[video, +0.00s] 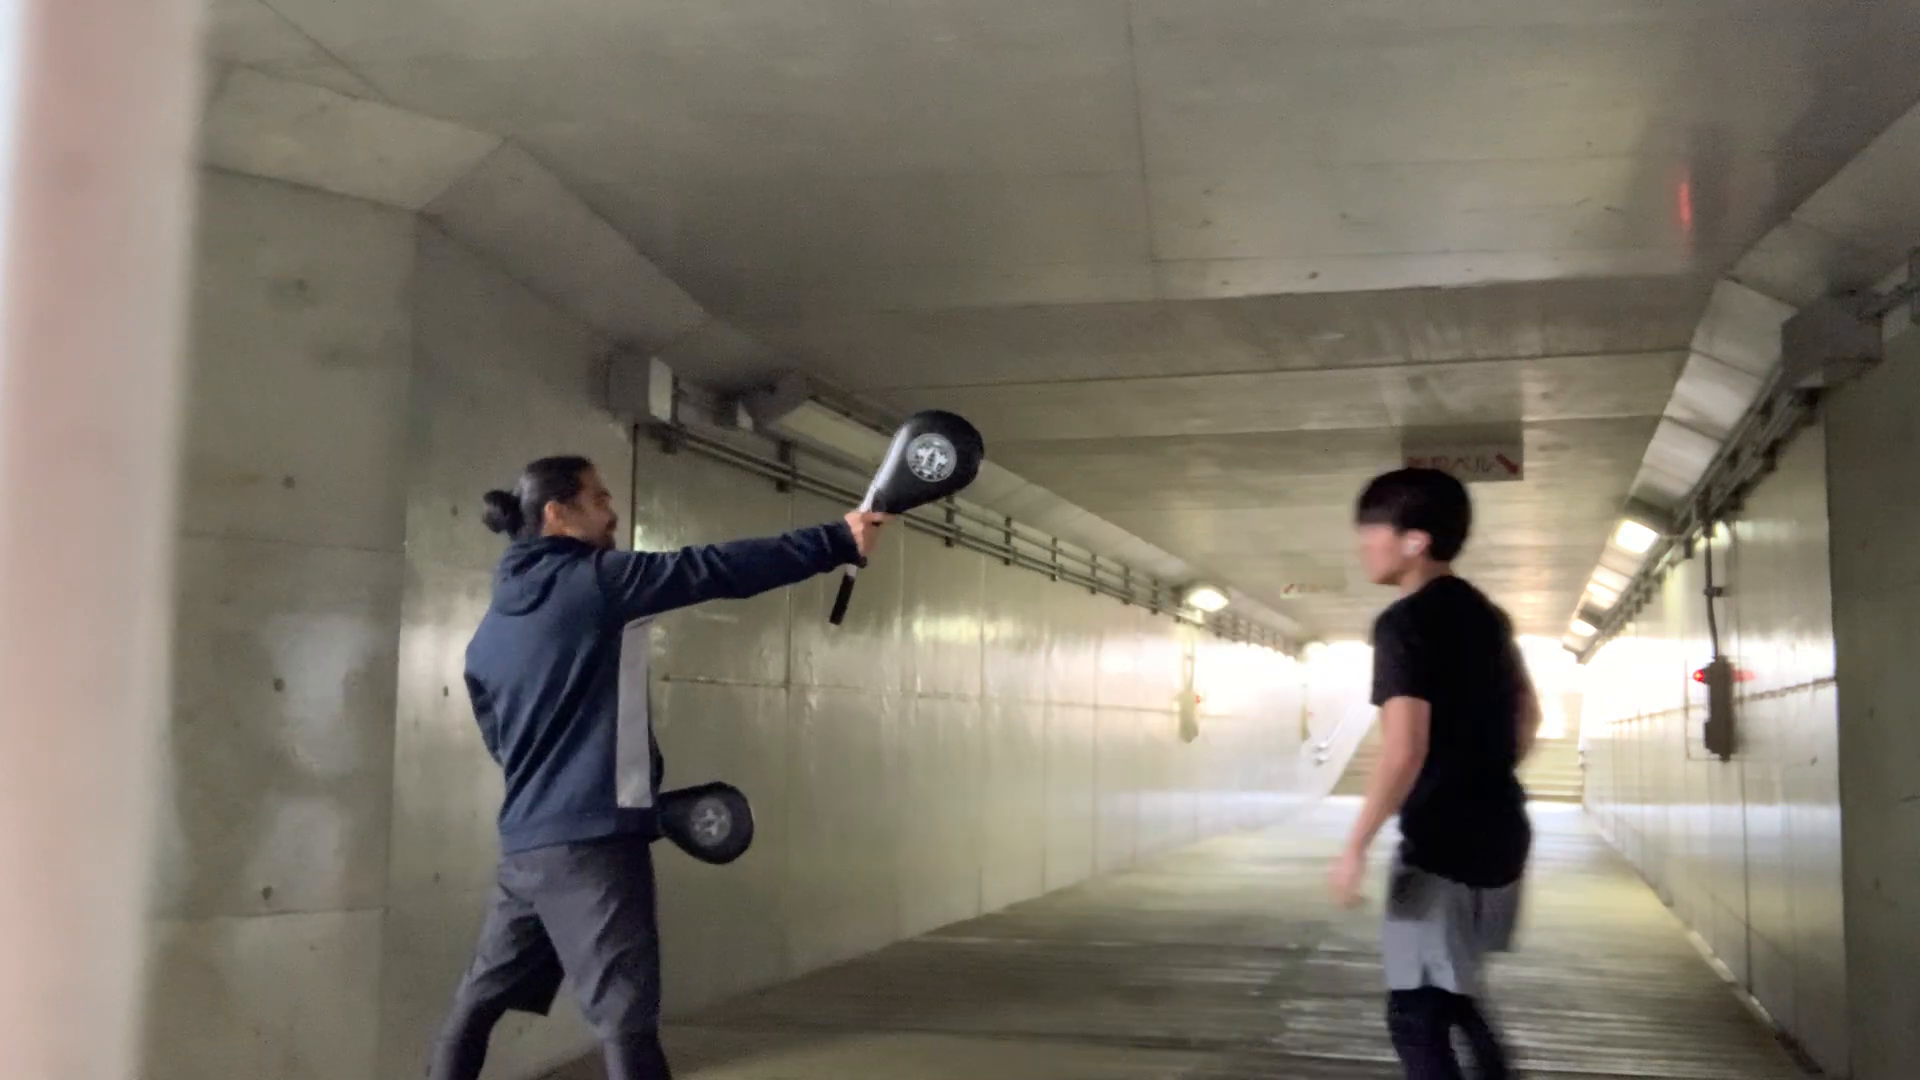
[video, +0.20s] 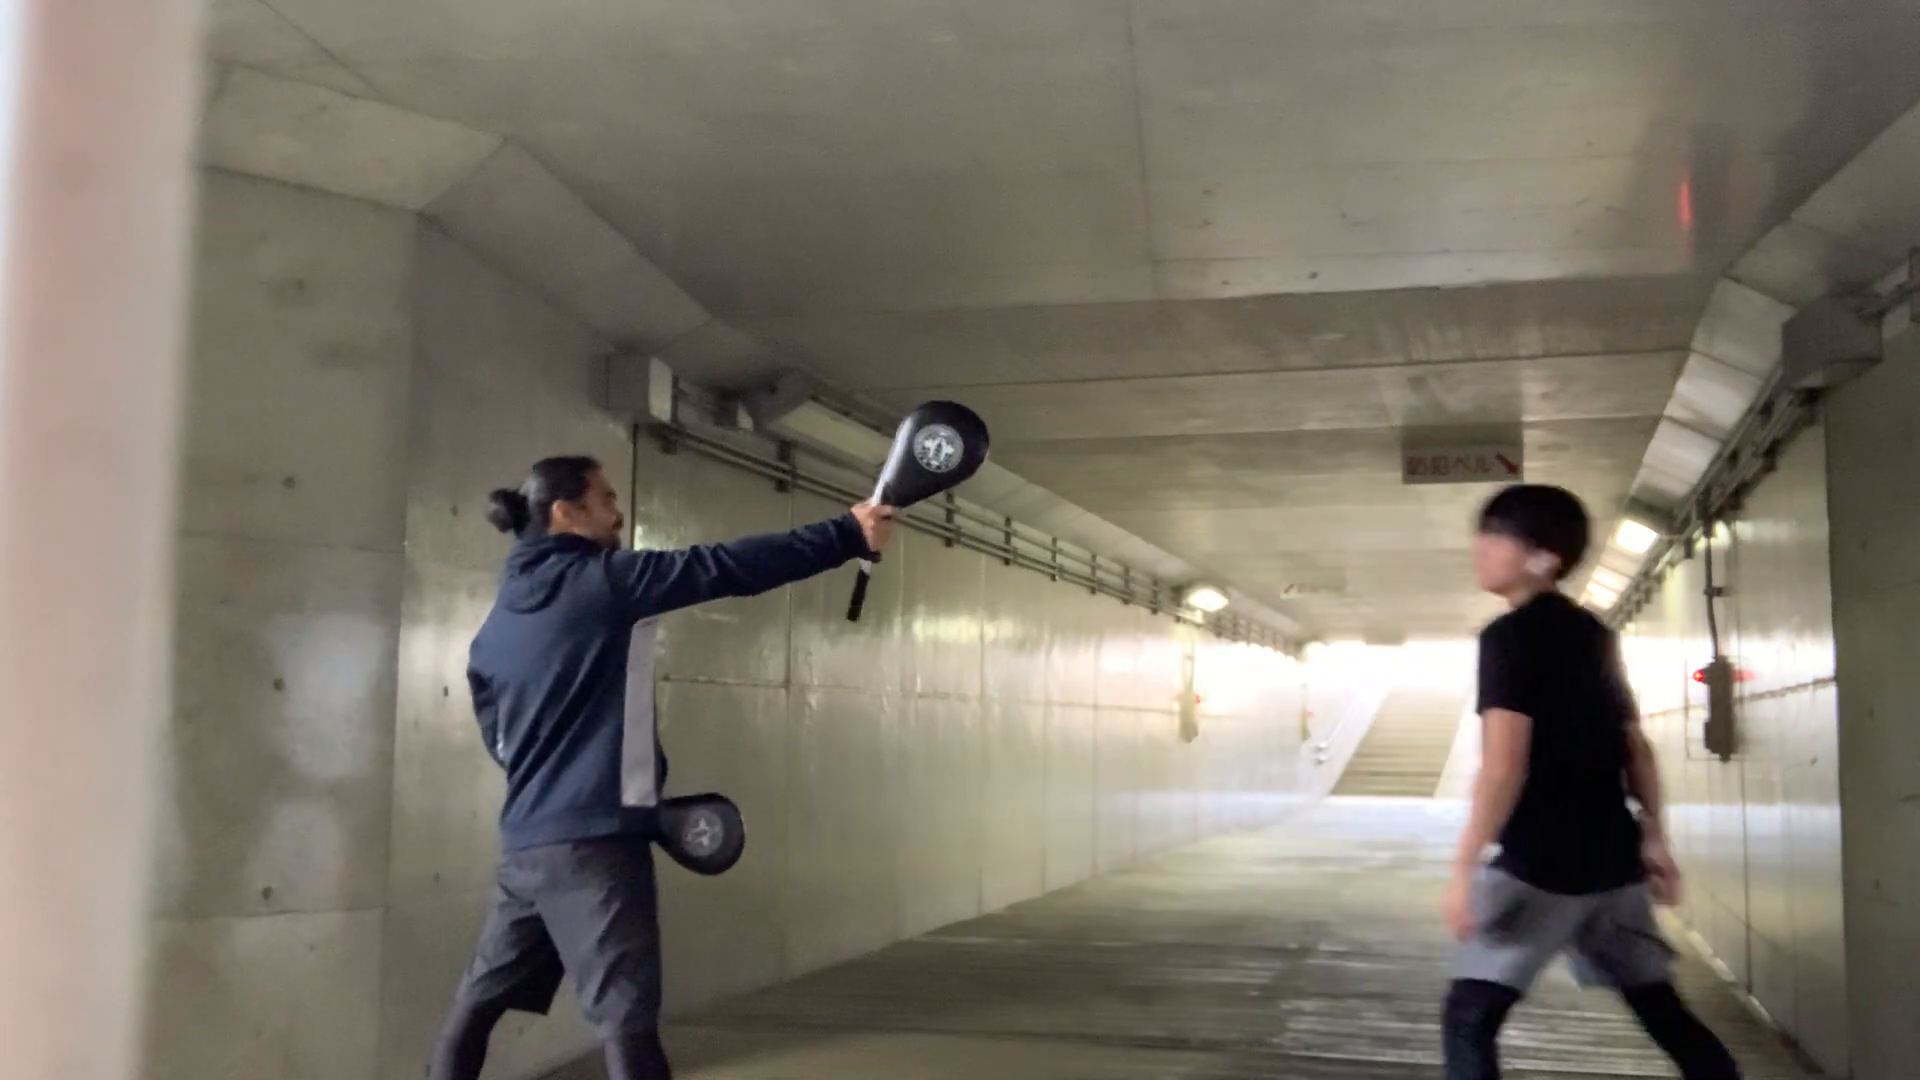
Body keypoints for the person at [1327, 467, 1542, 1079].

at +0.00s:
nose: (1361, 541)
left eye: (1372, 527)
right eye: (1363, 527)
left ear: (1415, 542)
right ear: (1421, 543)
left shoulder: (1405, 621)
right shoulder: (1485, 614)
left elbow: (1405, 749)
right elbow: (1525, 718)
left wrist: (1356, 846)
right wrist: (1480, 772)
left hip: (1441, 844)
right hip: (1500, 836)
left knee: (1415, 1017)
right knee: (1458, 996)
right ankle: (1499, 1070)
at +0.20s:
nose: (1477, 549)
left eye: (1492, 538)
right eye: (1482, 535)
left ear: (1540, 559)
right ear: (1546, 562)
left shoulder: (1509, 637)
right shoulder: (1593, 632)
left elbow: (1504, 768)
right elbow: (1634, 747)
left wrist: (1463, 868)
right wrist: (1654, 836)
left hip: (1539, 865)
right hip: (1613, 860)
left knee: (1468, 1022)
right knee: (1665, 1016)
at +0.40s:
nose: (1583, 577)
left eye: (1598, 566)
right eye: (1588, 564)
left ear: (1646, 583)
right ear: (1649, 587)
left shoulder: (1606, 650)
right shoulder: (1702, 670)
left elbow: (1613, 771)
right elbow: (1709, 788)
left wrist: (1582, 879)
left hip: (1640, 895)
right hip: (1721, 896)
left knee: (1555, 1043)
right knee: (1740, 1053)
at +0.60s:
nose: (1607, 552)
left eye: (1623, 541)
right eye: (1614, 539)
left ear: (1670, 559)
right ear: (1672, 564)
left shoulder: (1633, 623)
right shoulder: (1730, 640)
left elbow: (1632, 725)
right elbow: (1756, 758)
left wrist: (1582, 814)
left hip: (1667, 855)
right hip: (1747, 857)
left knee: (1580, 1019)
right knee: (1768, 1037)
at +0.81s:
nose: (1584, 576)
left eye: (1596, 560)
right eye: (1587, 560)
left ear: (1644, 572)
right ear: (1649, 575)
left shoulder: (1609, 642)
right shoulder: (1721, 658)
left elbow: (1597, 752)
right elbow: (1776, 771)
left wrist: (1565, 834)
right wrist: (1735, 839)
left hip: (1650, 875)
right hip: (1736, 879)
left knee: (1577, 1041)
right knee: (1743, 1044)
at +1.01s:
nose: (1583, 533)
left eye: (1595, 519)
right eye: (1586, 518)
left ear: (1641, 534)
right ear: (1650, 538)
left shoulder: (1601, 604)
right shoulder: (1718, 615)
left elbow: (1607, 705)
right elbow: (1780, 722)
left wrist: (1575, 785)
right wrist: (1735, 796)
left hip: (1644, 840)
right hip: (1732, 836)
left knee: (1591, 1018)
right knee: (1771, 1017)